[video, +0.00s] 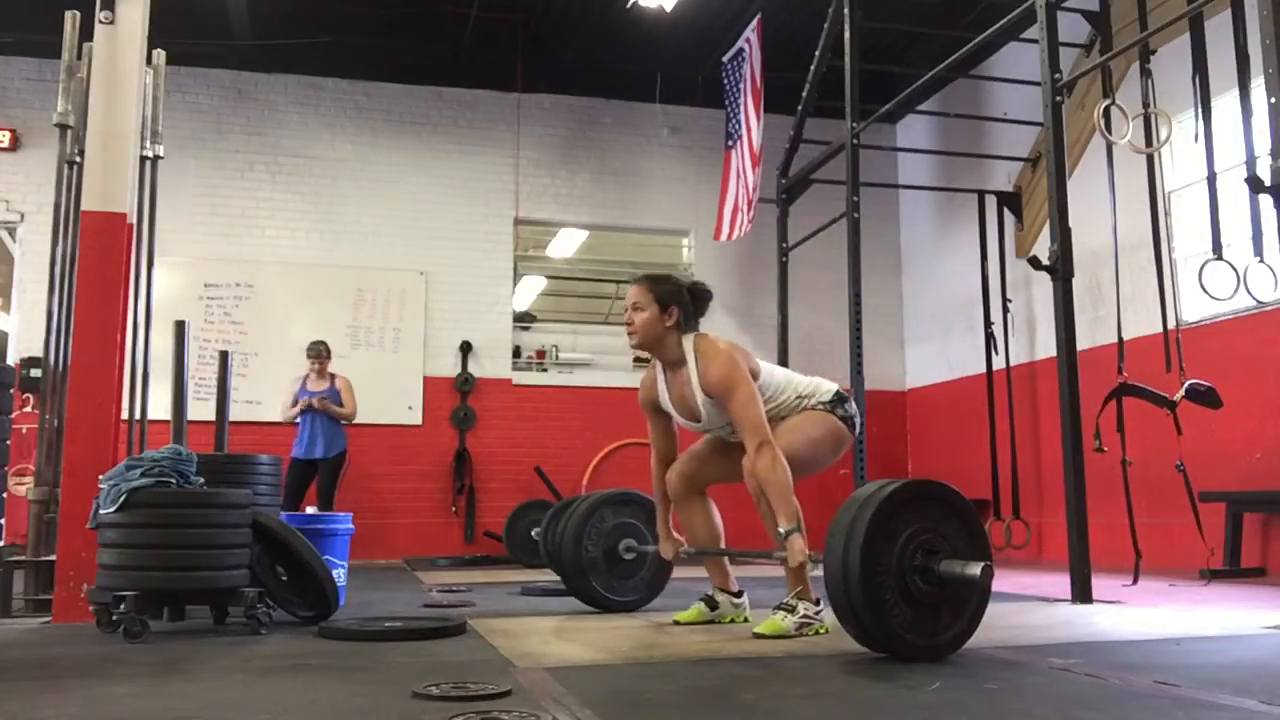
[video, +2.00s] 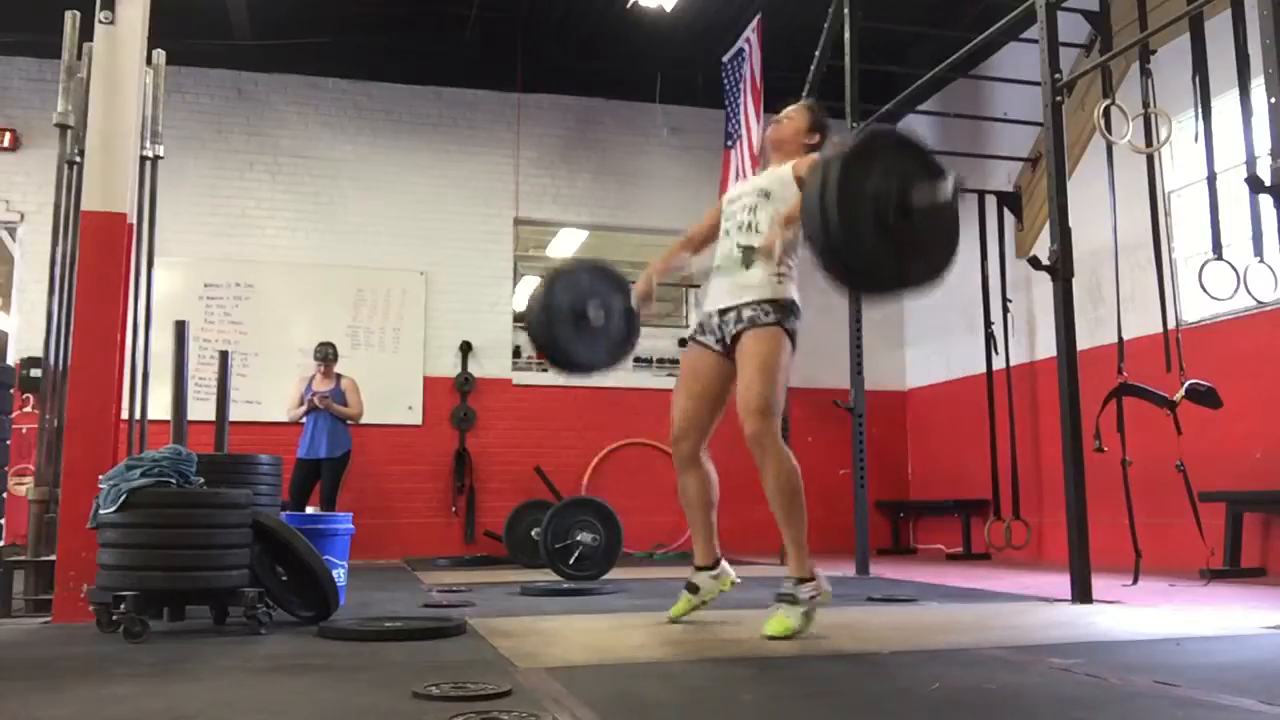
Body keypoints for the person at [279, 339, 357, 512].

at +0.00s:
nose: (317, 367)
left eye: (321, 363)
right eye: (313, 363)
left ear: (328, 361)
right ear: (308, 361)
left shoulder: (340, 383)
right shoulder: (299, 383)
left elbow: (350, 415)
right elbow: (285, 416)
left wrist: (327, 407)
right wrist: (299, 408)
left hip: (332, 449)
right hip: (304, 449)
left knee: (325, 503)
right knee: (289, 504)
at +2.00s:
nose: (323, 370)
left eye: (327, 366)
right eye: (319, 365)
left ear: (335, 362)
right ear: (315, 362)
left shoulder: (346, 383)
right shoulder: (305, 383)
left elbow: (356, 415)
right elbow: (291, 416)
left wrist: (330, 406)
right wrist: (307, 406)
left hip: (335, 449)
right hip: (309, 449)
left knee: (327, 501)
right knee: (296, 498)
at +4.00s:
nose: (322, 370)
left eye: (326, 365)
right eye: (318, 365)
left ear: (334, 362)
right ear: (314, 362)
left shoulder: (346, 383)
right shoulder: (306, 383)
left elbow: (356, 415)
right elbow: (290, 417)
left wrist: (329, 405)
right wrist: (305, 405)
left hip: (335, 450)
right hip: (308, 449)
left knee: (327, 500)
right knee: (295, 499)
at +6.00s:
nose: (321, 369)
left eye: (326, 365)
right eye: (318, 365)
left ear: (334, 362)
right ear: (314, 363)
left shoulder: (346, 384)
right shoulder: (307, 383)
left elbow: (356, 415)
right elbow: (292, 417)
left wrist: (329, 405)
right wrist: (306, 405)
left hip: (336, 449)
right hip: (309, 449)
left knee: (327, 501)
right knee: (295, 499)